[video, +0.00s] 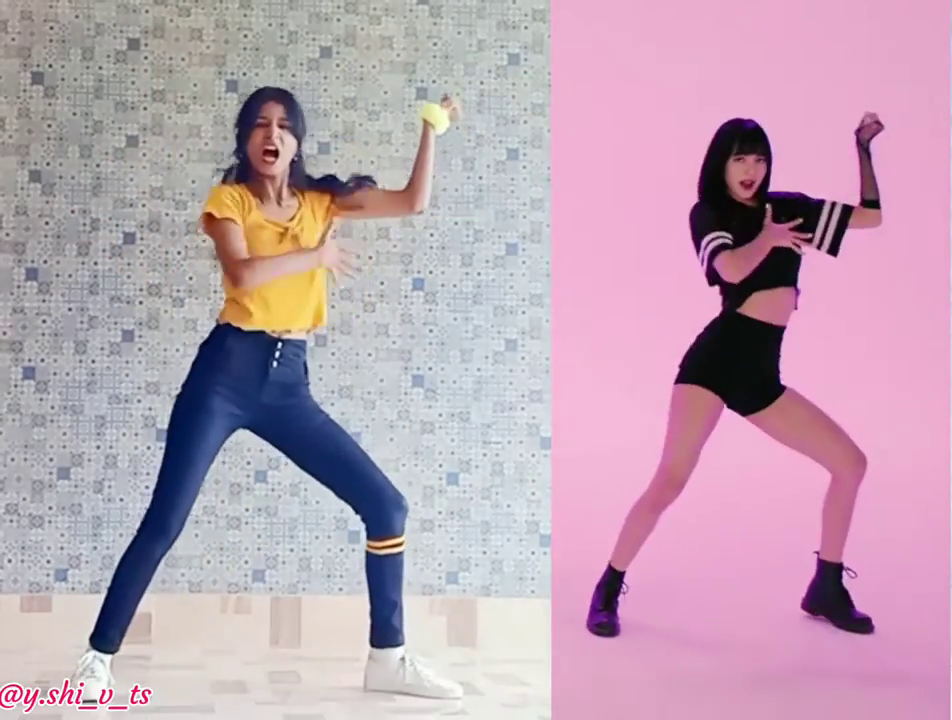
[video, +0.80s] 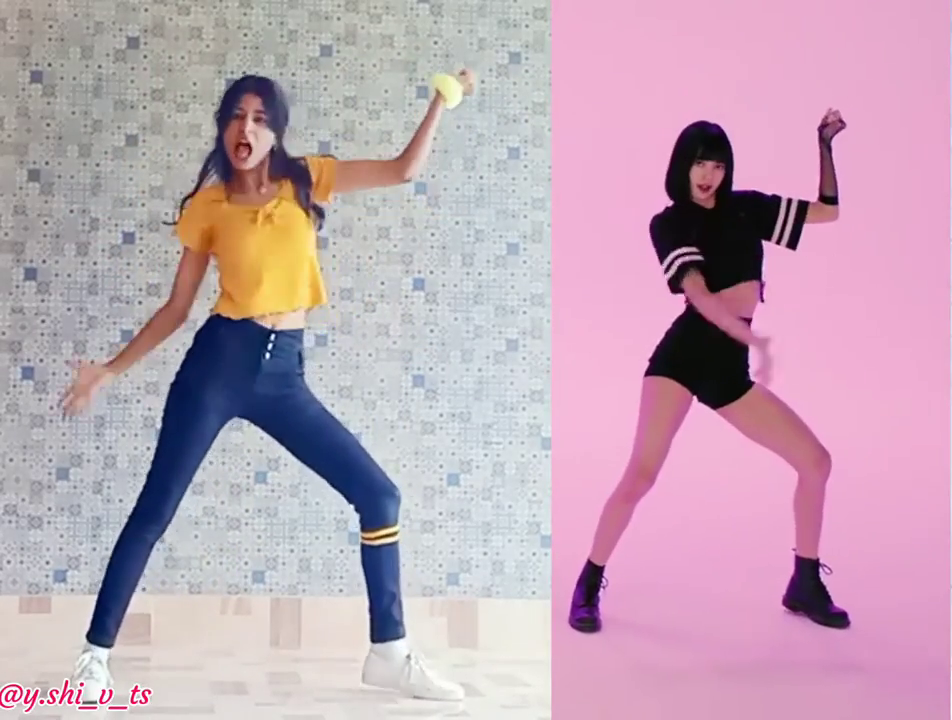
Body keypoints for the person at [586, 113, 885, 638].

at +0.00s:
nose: (748, 170)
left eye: (757, 159)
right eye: (738, 159)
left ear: (768, 165)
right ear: (718, 164)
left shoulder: (783, 209)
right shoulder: (709, 215)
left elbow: (870, 216)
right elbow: (731, 270)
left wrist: (864, 150)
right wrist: (769, 238)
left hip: (759, 374)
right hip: (714, 361)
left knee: (849, 464)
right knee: (669, 482)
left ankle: (826, 587)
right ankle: (608, 589)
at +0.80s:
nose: (707, 176)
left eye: (717, 166)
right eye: (698, 165)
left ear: (727, 169)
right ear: (681, 167)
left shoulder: (747, 209)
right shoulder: (669, 224)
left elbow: (827, 211)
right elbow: (697, 293)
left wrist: (825, 144)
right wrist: (747, 336)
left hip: (727, 367)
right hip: (680, 358)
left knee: (815, 462)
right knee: (640, 476)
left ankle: (805, 583)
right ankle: (589, 584)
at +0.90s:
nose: (704, 174)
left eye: (712, 162)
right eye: (694, 165)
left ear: (724, 165)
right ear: (679, 172)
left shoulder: (753, 210)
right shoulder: (672, 233)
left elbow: (833, 213)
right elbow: (658, 315)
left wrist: (833, 146)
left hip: (734, 372)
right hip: (686, 364)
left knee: (819, 467)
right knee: (645, 482)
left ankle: (813, 590)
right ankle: (596, 591)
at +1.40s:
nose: (772, 227)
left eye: (785, 225)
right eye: (769, 212)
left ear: (792, 236)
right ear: (750, 207)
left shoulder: (786, 280)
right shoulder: (697, 269)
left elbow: (875, 297)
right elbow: (652, 347)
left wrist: (898, 230)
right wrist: (600, 417)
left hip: (786, 409)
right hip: (730, 423)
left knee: (858, 515)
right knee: (668, 496)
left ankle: (850, 610)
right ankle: (642, 626)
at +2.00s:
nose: (738, 136)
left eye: (752, 129)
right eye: (731, 122)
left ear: (766, 140)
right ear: (713, 123)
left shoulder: (778, 192)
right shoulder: (684, 202)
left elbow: (822, 251)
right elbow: (632, 298)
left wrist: (847, 185)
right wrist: (573, 369)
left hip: (755, 363)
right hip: (697, 357)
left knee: (857, 456)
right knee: (669, 503)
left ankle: (841, 570)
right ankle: (615, 612)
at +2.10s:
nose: (746, 118)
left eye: (757, 110)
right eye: (734, 108)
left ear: (771, 122)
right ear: (714, 121)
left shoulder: (789, 198)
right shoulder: (690, 202)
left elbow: (788, 275)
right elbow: (647, 296)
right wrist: (598, 377)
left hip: (765, 359)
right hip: (704, 357)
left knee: (841, 487)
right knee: (672, 506)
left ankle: (819, 581)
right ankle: (619, 616)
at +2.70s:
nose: (727, 106)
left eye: (733, 89)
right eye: (713, 103)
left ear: (762, 91)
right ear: (709, 124)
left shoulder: (825, 157)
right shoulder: (722, 189)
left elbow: (843, 250)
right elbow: (667, 294)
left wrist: (880, 327)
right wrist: (594, 385)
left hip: (804, 351)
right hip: (740, 350)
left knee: (894, 494)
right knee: (707, 515)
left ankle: (912, 628)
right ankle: (656, 631)